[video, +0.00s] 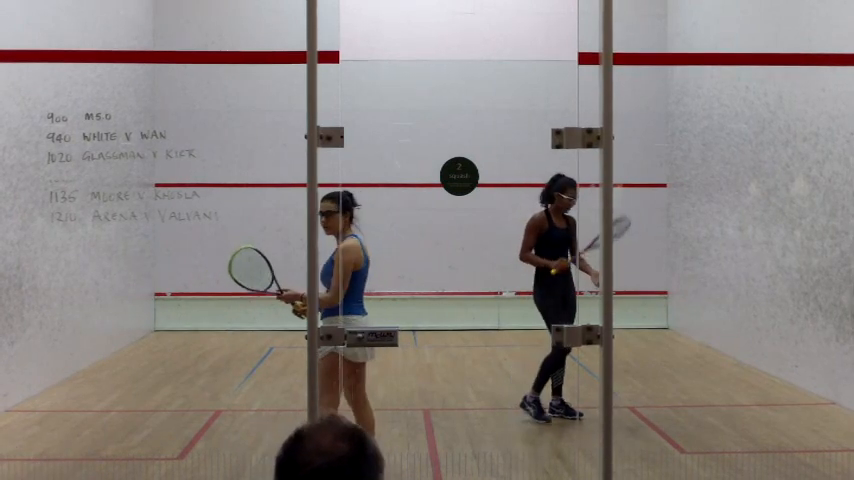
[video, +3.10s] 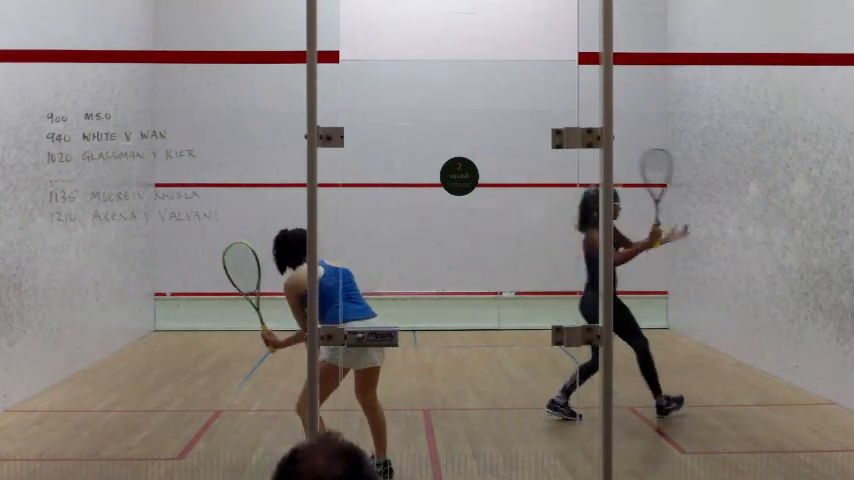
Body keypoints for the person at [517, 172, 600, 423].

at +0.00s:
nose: (572, 202)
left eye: (574, 198)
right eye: (569, 197)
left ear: (571, 199)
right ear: (555, 196)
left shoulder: (570, 223)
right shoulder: (538, 221)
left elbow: (575, 256)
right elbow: (524, 255)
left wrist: (591, 271)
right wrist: (551, 263)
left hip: (566, 286)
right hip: (546, 287)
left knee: (563, 344)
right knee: (561, 345)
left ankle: (557, 401)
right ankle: (532, 397)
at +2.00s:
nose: (572, 206)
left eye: (574, 202)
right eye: (570, 201)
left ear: (559, 200)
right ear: (557, 198)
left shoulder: (549, 222)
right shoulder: (540, 221)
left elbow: (551, 260)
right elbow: (532, 256)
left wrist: (577, 271)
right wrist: (547, 290)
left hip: (547, 294)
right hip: (536, 295)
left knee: (570, 342)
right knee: (542, 349)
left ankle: (560, 402)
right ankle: (532, 410)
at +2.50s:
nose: (580, 202)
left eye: (580, 198)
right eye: (578, 197)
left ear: (566, 198)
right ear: (566, 197)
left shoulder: (560, 222)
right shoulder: (551, 222)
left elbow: (557, 260)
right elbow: (544, 259)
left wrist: (580, 272)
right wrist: (576, 273)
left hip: (554, 294)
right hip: (547, 295)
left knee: (577, 343)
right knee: (550, 349)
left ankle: (558, 400)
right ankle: (532, 409)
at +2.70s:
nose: (587, 204)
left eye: (586, 200)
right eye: (583, 200)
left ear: (566, 200)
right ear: (572, 200)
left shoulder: (561, 226)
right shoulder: (566, 228)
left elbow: (568, 266)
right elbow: (572, 265)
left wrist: (594, 270)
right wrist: (607, 259)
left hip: (561, 294)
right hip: (564, 297)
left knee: (580, 350)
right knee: (580, 352)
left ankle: (556, 404)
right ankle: (542, 402)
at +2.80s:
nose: (592, 208)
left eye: (592, 203)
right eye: (589, 203)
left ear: (572, 205)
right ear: (577, 204)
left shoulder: (565, 231)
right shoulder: (571, 231)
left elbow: (578, 271)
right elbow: (584, 265)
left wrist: (604, 285)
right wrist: (615, 252)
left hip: (565, 300)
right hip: (571, 301)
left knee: (586, 354)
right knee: (593, 359)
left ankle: (561, 402)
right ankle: (560, 394)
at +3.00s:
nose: (599, 213)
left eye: (599, 208)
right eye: (595, 208)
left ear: (589, 210)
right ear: (586, 209)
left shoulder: (589, 232)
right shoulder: (583, 232)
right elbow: (607, 259)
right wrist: (635, 240)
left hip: (583, 302)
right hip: (590, 302)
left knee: (591, 358)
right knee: (632, 341)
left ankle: (557, 403)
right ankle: (644, 400)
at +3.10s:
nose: (618, 206)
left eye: (617, 202)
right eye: (614, 202)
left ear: (599, 209)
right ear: (600, 207)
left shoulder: (609, 229)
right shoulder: (594, 236)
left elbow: (632, 247)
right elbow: (615, 259)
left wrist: (661, 239)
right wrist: (647, 242)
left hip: (596, 302)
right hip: (602, 303)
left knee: (596, 361)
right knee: (640, 345)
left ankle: (560, 400)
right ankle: (661, 400)